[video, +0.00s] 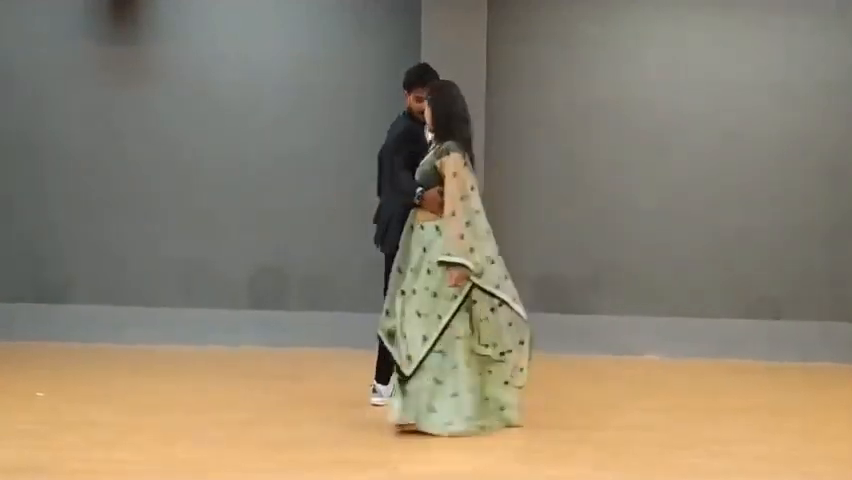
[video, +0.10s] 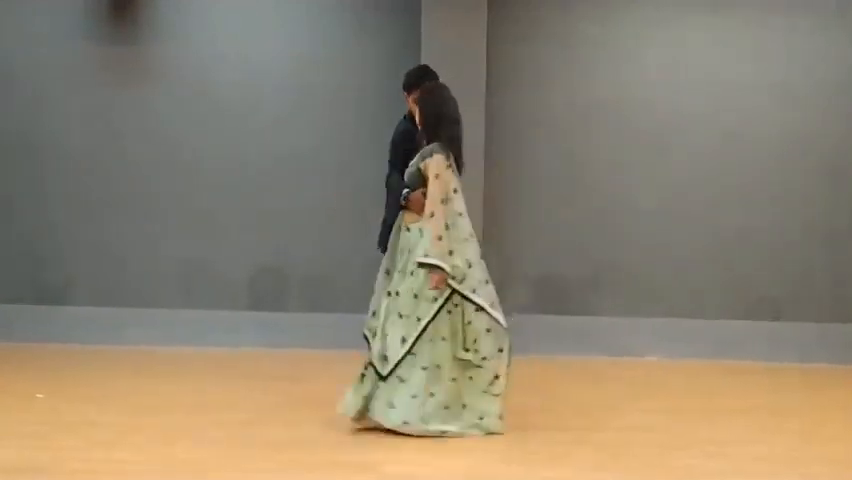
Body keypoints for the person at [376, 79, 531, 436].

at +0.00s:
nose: (423, 112)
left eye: (428, 105)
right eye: (423, 105)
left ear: (440, 110)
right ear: (448, 109)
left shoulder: (451, 156)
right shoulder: (436, 152)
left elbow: (460, 211)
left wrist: (459, 259)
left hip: (442, 253)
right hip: (426, 251)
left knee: (438, 330)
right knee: (424, 329)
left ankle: (441, 409)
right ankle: (423, 407)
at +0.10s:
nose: (412, 116)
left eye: (416, 109)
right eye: (413, 109)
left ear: (428, 113)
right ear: (443, 112)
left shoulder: (437, 158)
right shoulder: (427, 155)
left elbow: (439, 212)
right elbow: (429, 210)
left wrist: (439, 261)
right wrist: (406, 200)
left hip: (427, 254)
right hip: (415, 250)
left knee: (423, 331)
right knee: (412, 329)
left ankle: (420, 407)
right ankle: (408, 405)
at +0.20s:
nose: (404, 118)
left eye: (409, 112)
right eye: (409, 111)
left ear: (416, 118)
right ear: (437, 120)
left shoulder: (419, 162)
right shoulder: (420, 159)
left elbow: (418, 216)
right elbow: (418, 215)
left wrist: (417, 263)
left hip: (414, 259)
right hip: (414, 257)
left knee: (409, 334)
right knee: (411, 334)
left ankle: (407, 406)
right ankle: (408, 405)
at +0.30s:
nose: (436, 123)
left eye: (434, 114)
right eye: (432, 115)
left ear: (403, 115)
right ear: (421, 118)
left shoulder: (418, 160)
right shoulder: (401, 162)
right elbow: (395, 215)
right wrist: (395, 264)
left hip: (418, 260)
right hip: (403, 262)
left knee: (414, 336)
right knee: (399, 337)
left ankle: (409, 409)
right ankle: (393, 409)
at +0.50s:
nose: (414, 111)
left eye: (411, 103)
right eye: (410, 106)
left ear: (375, 114)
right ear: (406, 115)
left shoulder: (364, 158)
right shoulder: (411, 156)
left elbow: (352, 210)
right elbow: (432, 188)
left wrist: (345, 256)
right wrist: (458, 194)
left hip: (369, 248)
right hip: (400, 247)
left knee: (363, 329)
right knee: (401, 328)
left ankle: (358, 410)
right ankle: (401, 409)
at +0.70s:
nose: (396, 118)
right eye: (394, 112)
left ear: (359, 113)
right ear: (391, 116)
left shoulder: (343, 154)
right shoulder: (397, 157)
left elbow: (320, 204)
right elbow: (429, 189)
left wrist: (298, 250)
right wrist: (463, 195)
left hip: (352, 239)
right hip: (386, 240)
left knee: (344, 326)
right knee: (382, 329)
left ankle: (342, 414)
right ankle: (383, 413)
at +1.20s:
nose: (377, 128)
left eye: (376, 121)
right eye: (375, 122)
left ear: (346, 123)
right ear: (366, 124)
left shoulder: (327, 165)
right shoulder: (371, 165)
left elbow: (316, 216)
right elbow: (405, 205)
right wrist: (447, 202)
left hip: (333, 248)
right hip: (364, 248)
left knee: (330, 328)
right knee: (363, 329)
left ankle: (322, 408)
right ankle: (360, 410)